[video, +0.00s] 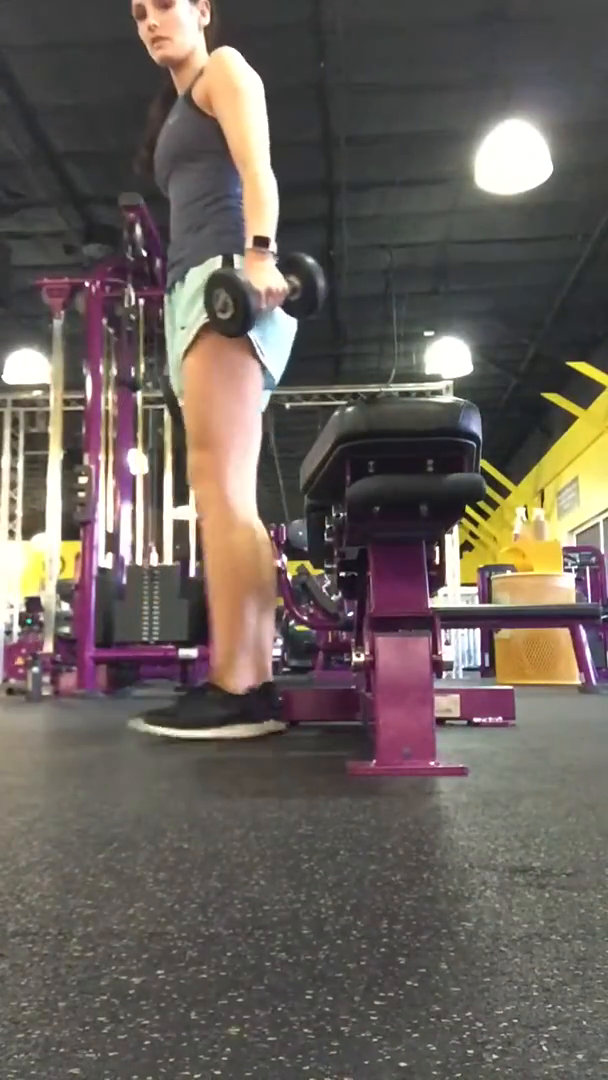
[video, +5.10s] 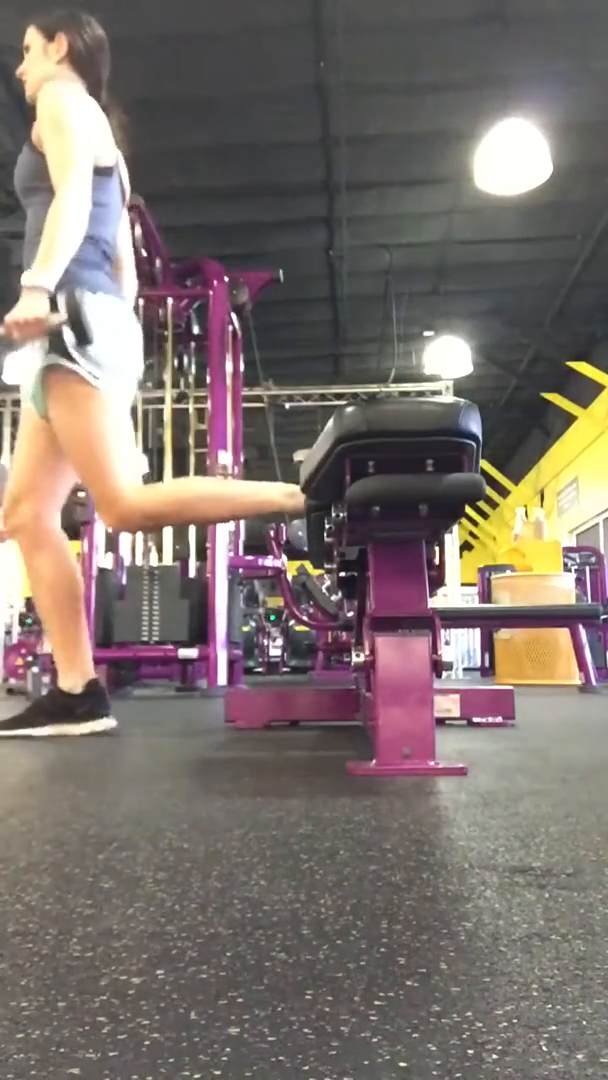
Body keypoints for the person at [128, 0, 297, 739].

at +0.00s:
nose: (150, 22)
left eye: (163, 8)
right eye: (140, 13)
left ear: (200, 11)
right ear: (139, 25)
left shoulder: (223, 67)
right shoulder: (183, 101)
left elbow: (255, 164)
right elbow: (198, 212)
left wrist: (259, 253)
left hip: (224, 284)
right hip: (202, 290)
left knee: (221, 491)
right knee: (224, 493)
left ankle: (236, 685)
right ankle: (248, 681)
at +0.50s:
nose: (79, 26)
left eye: (87, 8)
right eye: (69, 18)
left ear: (128, 1)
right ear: (72, 27)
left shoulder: (167, 49)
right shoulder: (135, 91)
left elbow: (201, 149)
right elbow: (155, 201)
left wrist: (191, 250)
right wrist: (143, 277)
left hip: (199, 283)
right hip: (162, 291)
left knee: (185, 476)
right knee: (121, 488)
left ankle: (219, 691)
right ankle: (165, 674)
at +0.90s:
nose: (48, 27)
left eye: (62, 12)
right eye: (39, 18)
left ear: (102, 19)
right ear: (38, 33)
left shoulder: (118, 73)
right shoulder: (91, 102)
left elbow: (156, 166)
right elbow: (118, 205)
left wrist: (145, 248)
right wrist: (101, 283)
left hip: (145, 289)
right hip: (143, 293)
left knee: (90, 478)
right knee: (115, 495)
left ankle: (195, 662)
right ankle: (107, 687)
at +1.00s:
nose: (47, 30)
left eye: (61, 16)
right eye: (38, 21)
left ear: (100, 25)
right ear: (38, 38)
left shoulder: (112, 76)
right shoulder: (90, 103)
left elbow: (150, 165)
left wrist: (131, 244)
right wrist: (92, 280)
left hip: (133, 292)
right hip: (165, 300)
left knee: (44, 461)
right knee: (117, 501)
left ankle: (185, 604)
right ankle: (110, 689)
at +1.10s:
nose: (48, 30)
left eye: (63, 16)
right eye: (40, 21)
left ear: (102, 27)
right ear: (39, 37)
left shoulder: (112, 79)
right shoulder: (87, 104)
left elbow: (143, 167)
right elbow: (105, 208)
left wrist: (116, 240)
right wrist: (81, 278)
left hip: (129, 293)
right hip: (159, 300)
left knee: (21, 448)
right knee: (113, 504)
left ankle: (196, 507)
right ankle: (109, 690)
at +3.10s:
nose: (61, 38)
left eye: (77, 24)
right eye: (54, 27)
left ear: (114, 36)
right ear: (53, 40)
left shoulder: (111, 90)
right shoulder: (92, 105)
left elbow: (118, 181)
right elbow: (116, 196)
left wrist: (97, 267)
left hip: (108, 295)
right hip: (91, 299)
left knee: (116, 487)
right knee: (53, 501)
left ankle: (305, 491)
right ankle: (83, 688)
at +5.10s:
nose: (18, 65)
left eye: (25, 51)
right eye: (21, 53)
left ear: (58, 49)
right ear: (71, 54)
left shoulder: (60, 98)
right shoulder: (91, 122)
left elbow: (73, 191)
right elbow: (121, 253)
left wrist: (35, 288)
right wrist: (116, 328)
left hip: (82, 318)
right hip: (89, 322)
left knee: (122, 504)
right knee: (27, 515)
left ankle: (304, 493)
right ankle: (76, 690)